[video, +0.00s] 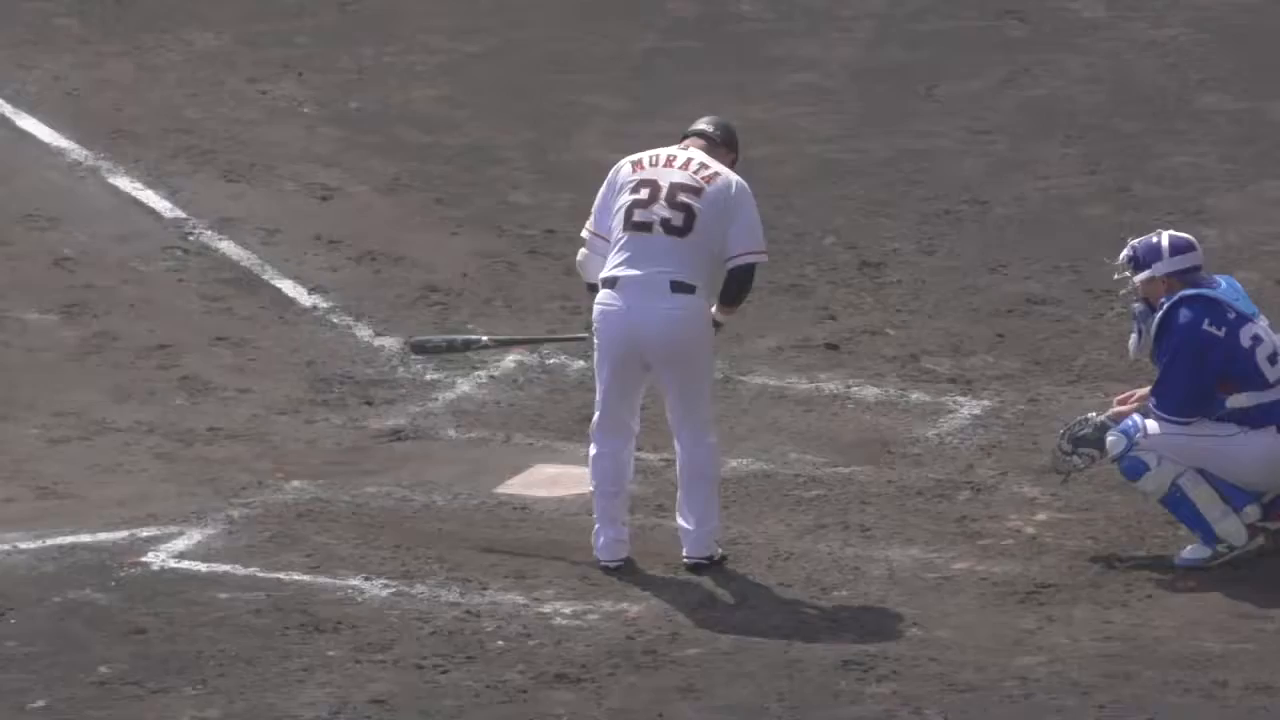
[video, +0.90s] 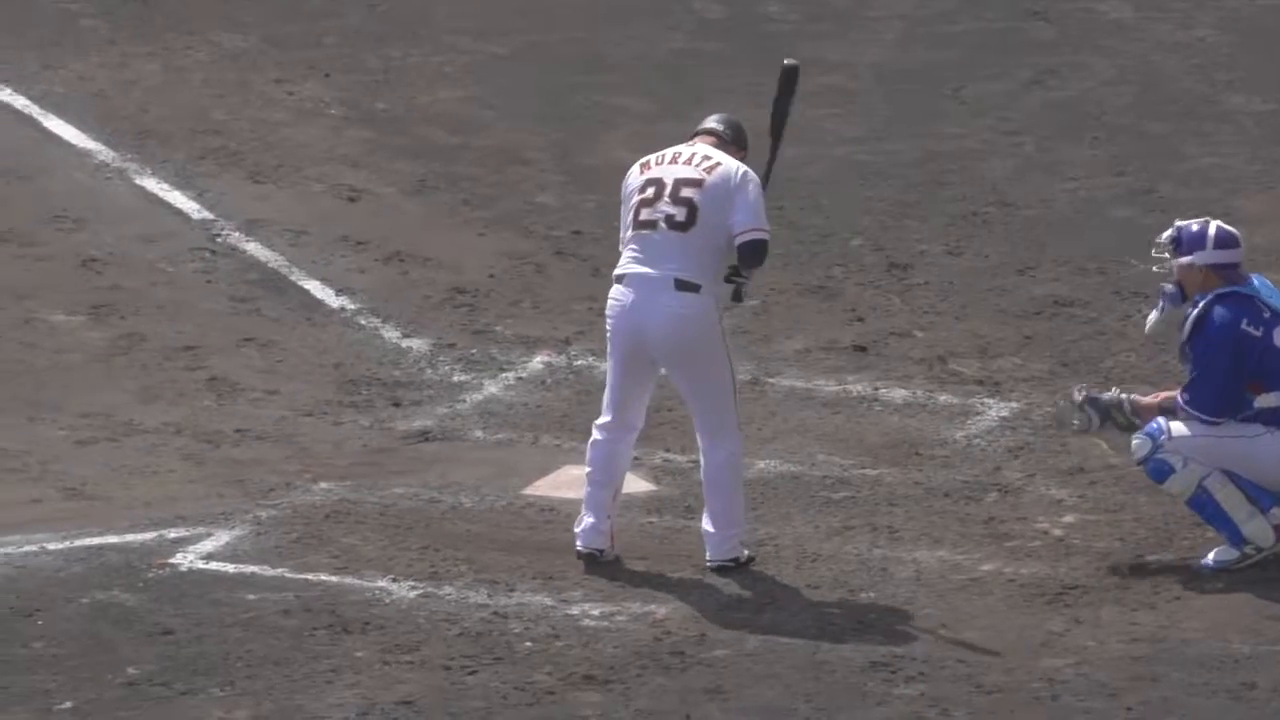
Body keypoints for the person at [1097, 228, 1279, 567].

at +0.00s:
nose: (1135, 289)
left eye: (1140, 281)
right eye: (1135, 281)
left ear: (1164, 282)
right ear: (1189, 274)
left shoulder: (1185, 318)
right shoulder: (1215, 290)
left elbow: (1177, 409)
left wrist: (1138, 410)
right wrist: (1150, 394)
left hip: (1264, 446)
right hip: (1269, 430)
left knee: (1131, 441)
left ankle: (1228, 536)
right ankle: (1256, 506)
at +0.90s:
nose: (1173, 272)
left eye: (1179, 264)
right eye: (1174, 263)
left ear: (1202, 270)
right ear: (1226, 265)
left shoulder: (1220, 317)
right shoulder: (1256, 288)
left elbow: (1212, 406)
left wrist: (1157, 407)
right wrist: (1173, 399)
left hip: (1271, 440)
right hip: (1272, 427)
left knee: (1157, 444)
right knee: (1181, 423)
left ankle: (1255, 540)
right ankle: (1269, 514)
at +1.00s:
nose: (1183, 264)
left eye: (1189, 256)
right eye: (1185, 255)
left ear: (1210, 264)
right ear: (1233, 261)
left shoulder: (1229, 316)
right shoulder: (1265, 285)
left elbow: (1210, 404)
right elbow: (1168, 329)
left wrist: (1136, 397)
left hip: (1270, 438)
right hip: (1271, 424)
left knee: (1158, 444)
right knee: (1185, 422)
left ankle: (1260, 535)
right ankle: (1270, 509)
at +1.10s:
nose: (1188, 259)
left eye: (1195, 251)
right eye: (1190, 250)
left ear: (1219, 261)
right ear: (1227, 260)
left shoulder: (1240, 312)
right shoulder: (1265, 284)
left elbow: (1209, 397)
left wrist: (1129, 397)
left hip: (1273, 439)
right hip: (1271, 426)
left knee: (1161, 446)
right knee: (1182, 425)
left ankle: (1262, 533)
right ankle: (1269, 508)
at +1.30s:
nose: (1207, 255)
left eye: (1215, 247)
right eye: (1211, 246)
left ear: (1238, 257)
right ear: (1246, 256)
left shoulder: (1254, 307)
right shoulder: (1264, 293)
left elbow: (1199, 390)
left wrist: (1128, 436)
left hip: (1273, 436)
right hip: (1271, 424)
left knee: (1166, 450)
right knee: (1192, 428)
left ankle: (1267, 533)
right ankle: (1270, 512)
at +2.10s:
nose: (1220, 253)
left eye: (1228, 244)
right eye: (1222, 244)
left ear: (1252, 255)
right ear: (1252, 255)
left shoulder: (1262, 314)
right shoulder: (1259, 300)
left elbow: (1195, 396)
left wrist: (1124, 449)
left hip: (1272, 439)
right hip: (1266, 427)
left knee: (1170, 453)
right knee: (1201, 426)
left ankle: (1270, 534)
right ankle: (1269, 511)